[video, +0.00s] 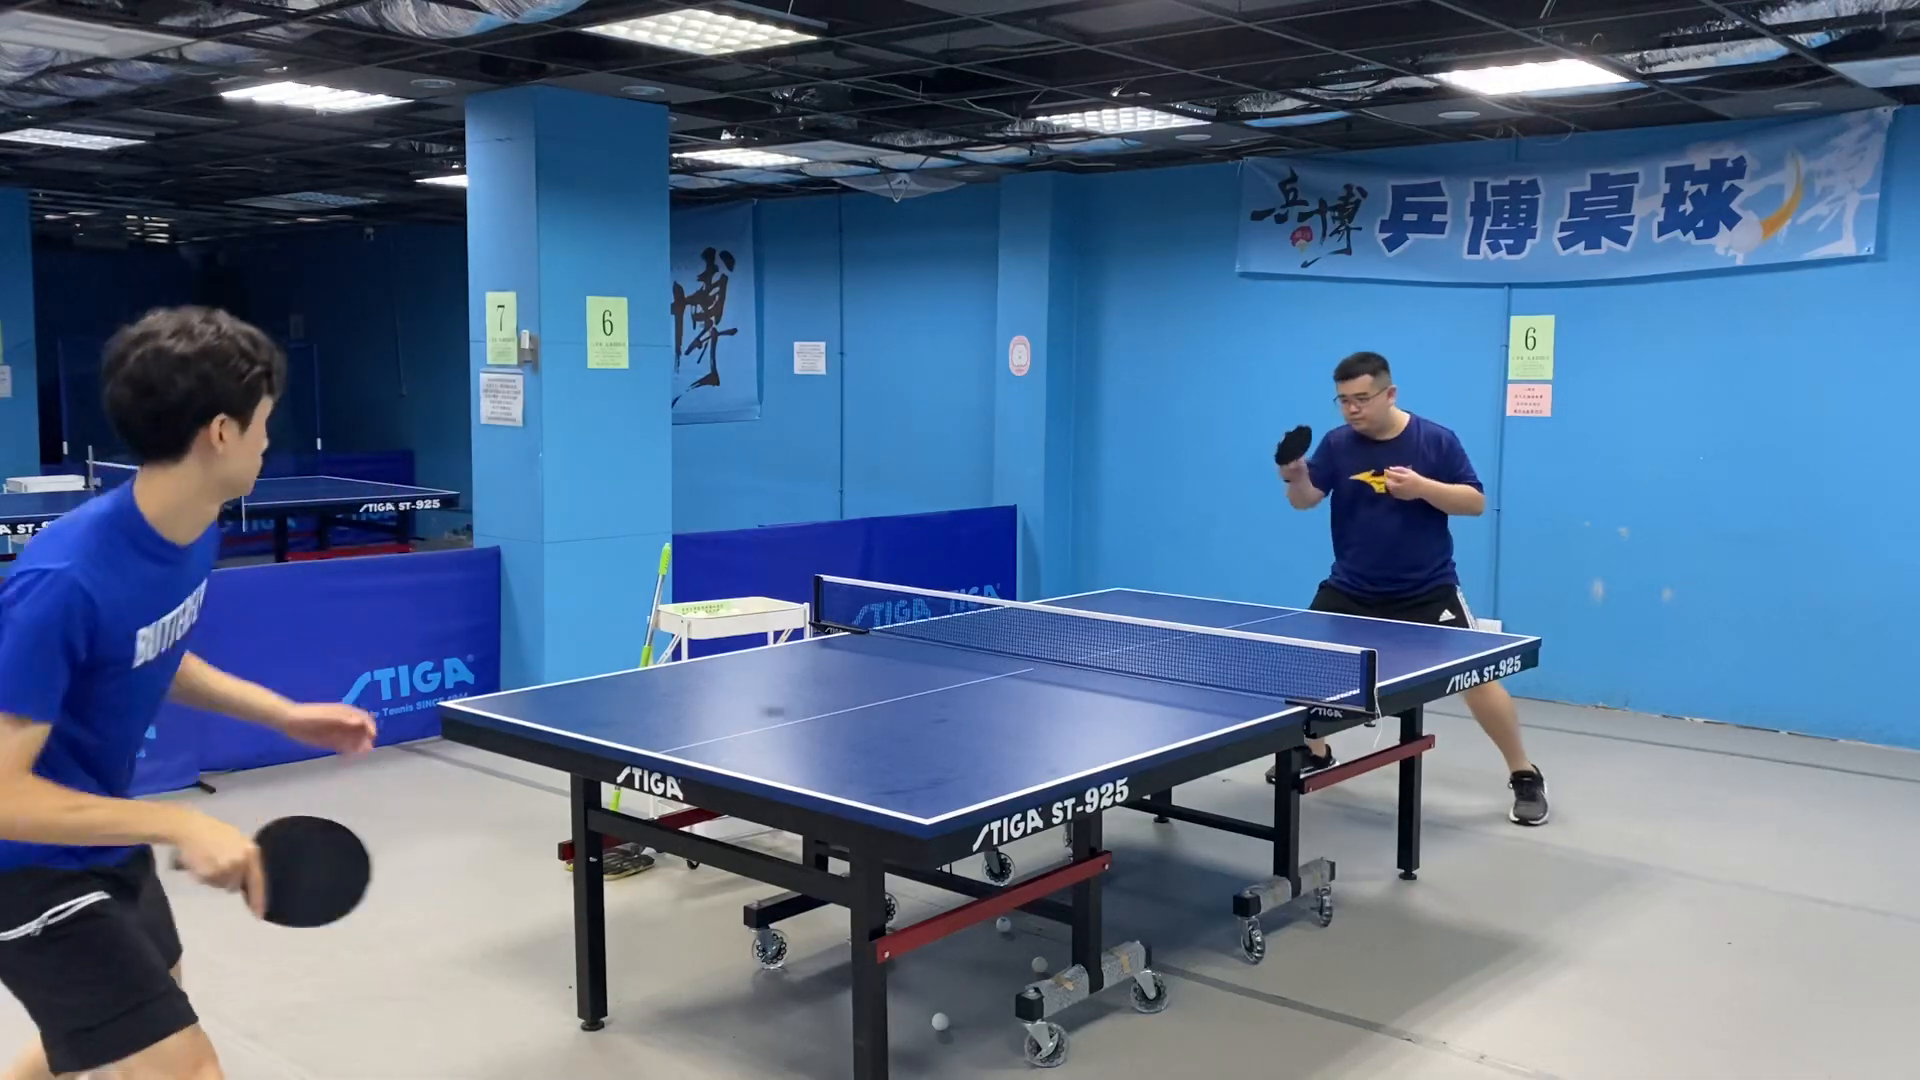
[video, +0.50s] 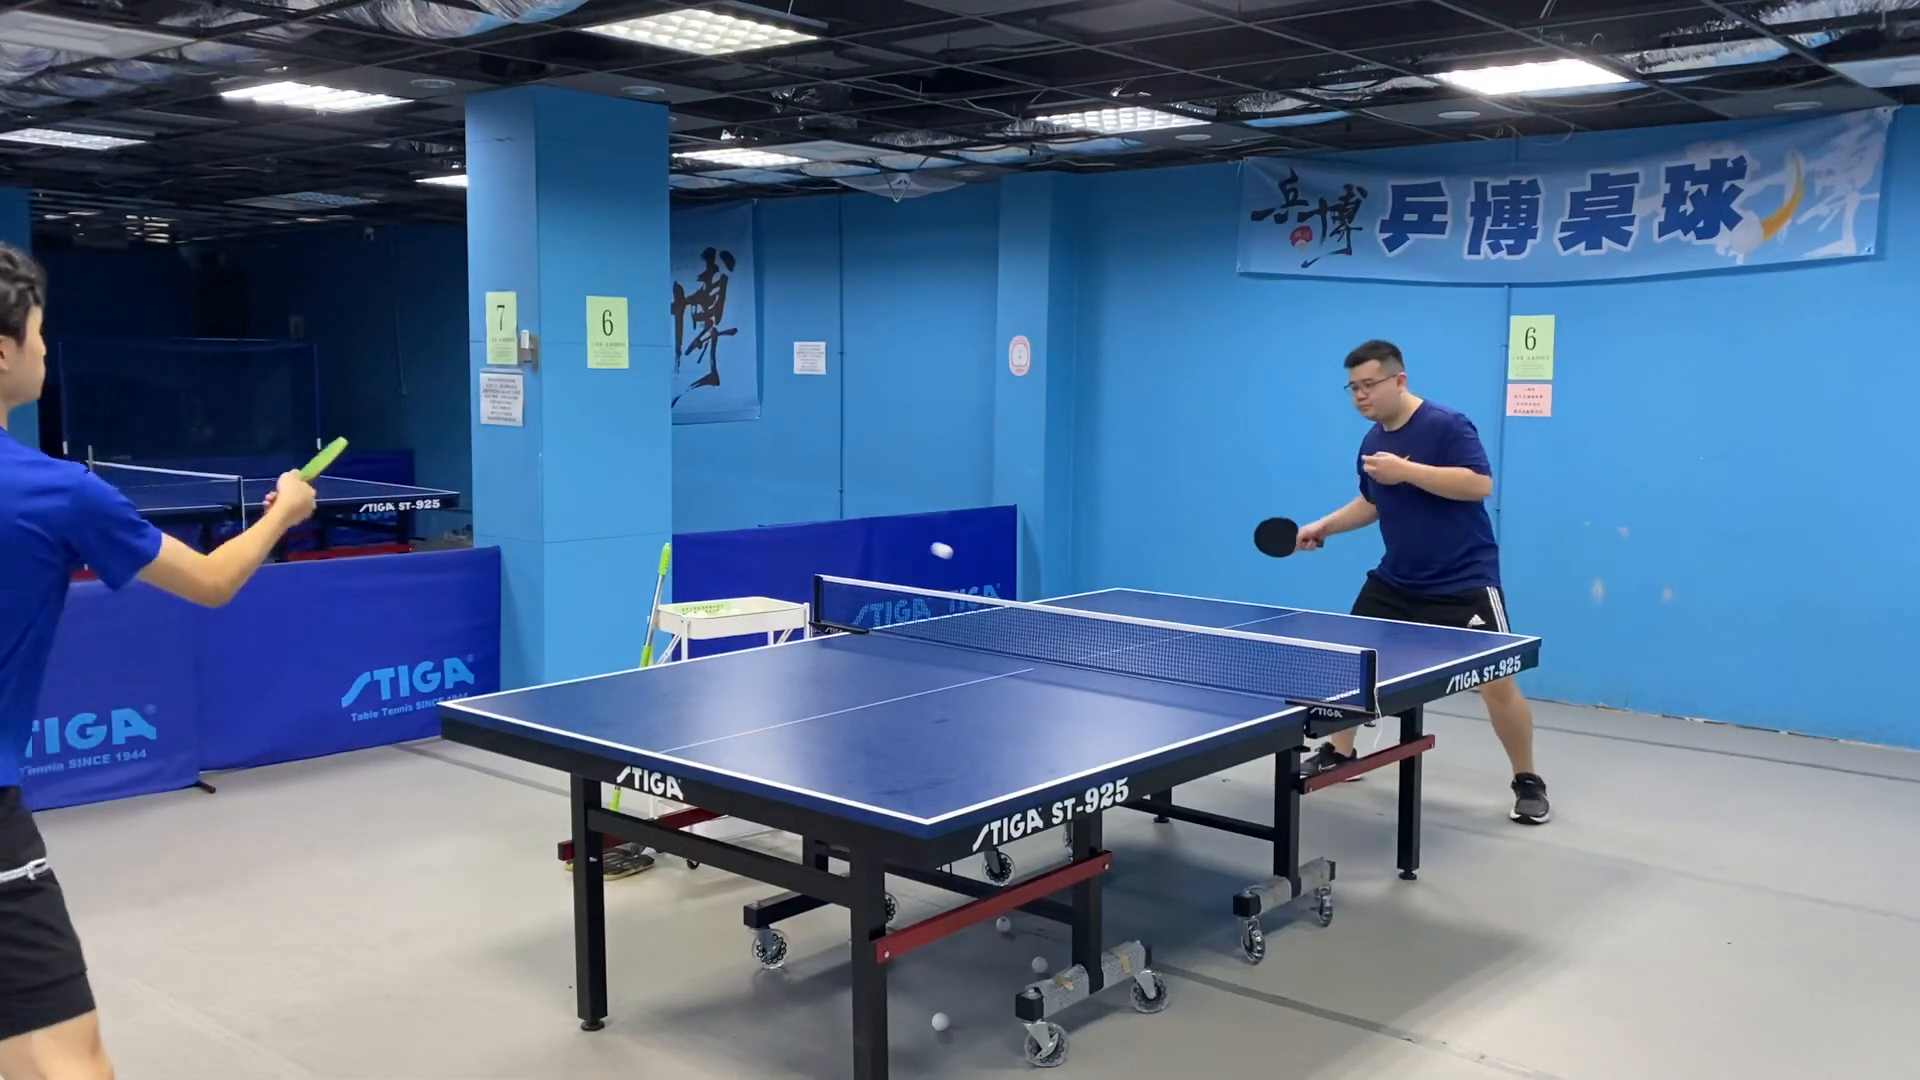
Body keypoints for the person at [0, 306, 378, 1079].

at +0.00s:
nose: (266, 441)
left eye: (265, 421)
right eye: (263, 422)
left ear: (206, 436)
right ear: (218, 434)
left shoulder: (193, 527)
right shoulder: (62, 583)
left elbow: (152, 660)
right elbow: (4, 794)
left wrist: (283, 715)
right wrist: (176, 825)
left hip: (112, 843)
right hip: (32, 867)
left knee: (137, 1010)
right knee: (181, 1066)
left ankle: (33, 1072)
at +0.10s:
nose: (231, 469)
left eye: (232, 449)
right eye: (228, 449)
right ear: (187, 460)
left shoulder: (126, 572)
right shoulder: (49, 610)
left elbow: (99, 735)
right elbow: (10, 834)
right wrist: (158, 799)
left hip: (78, 872)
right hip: (22, 902)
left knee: (92, 1046)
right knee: (191, 1068)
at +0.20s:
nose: (174, 443)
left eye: (175, 423)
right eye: (172, 424)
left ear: (50, 427)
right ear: (132, 438)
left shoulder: (9, 518)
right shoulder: (106, 606)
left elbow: (5, 707)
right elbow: (162, 792)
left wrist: (62, 805)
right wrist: (186, 708)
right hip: (23, 889)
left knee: (43, 1007)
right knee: (205, 1068)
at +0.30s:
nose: (114, 406)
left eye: (114, 388)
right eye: (110, 388)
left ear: (22, 398)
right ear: (66, 402)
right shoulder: (102, 549)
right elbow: (207, 689)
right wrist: (249, 623)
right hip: (19, 871)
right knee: (167, 1069)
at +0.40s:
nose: (68, 375)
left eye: (65, 355)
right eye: (61, 356)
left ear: (14, 370)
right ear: (21, 371)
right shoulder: (71, 508)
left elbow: (212, 603)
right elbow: (219, 608)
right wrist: (290, 548)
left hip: (12, 827)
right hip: (8, 833)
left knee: (101, 1059)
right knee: (106, 1063)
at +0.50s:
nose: (44, 355)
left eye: (39, 334)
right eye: (37, 336)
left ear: (0, 349)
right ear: (1, 349)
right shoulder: (52, 490)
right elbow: (209, 582)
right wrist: (283, 513)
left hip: (6, 798)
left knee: (27, 1051)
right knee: (66, 1052)